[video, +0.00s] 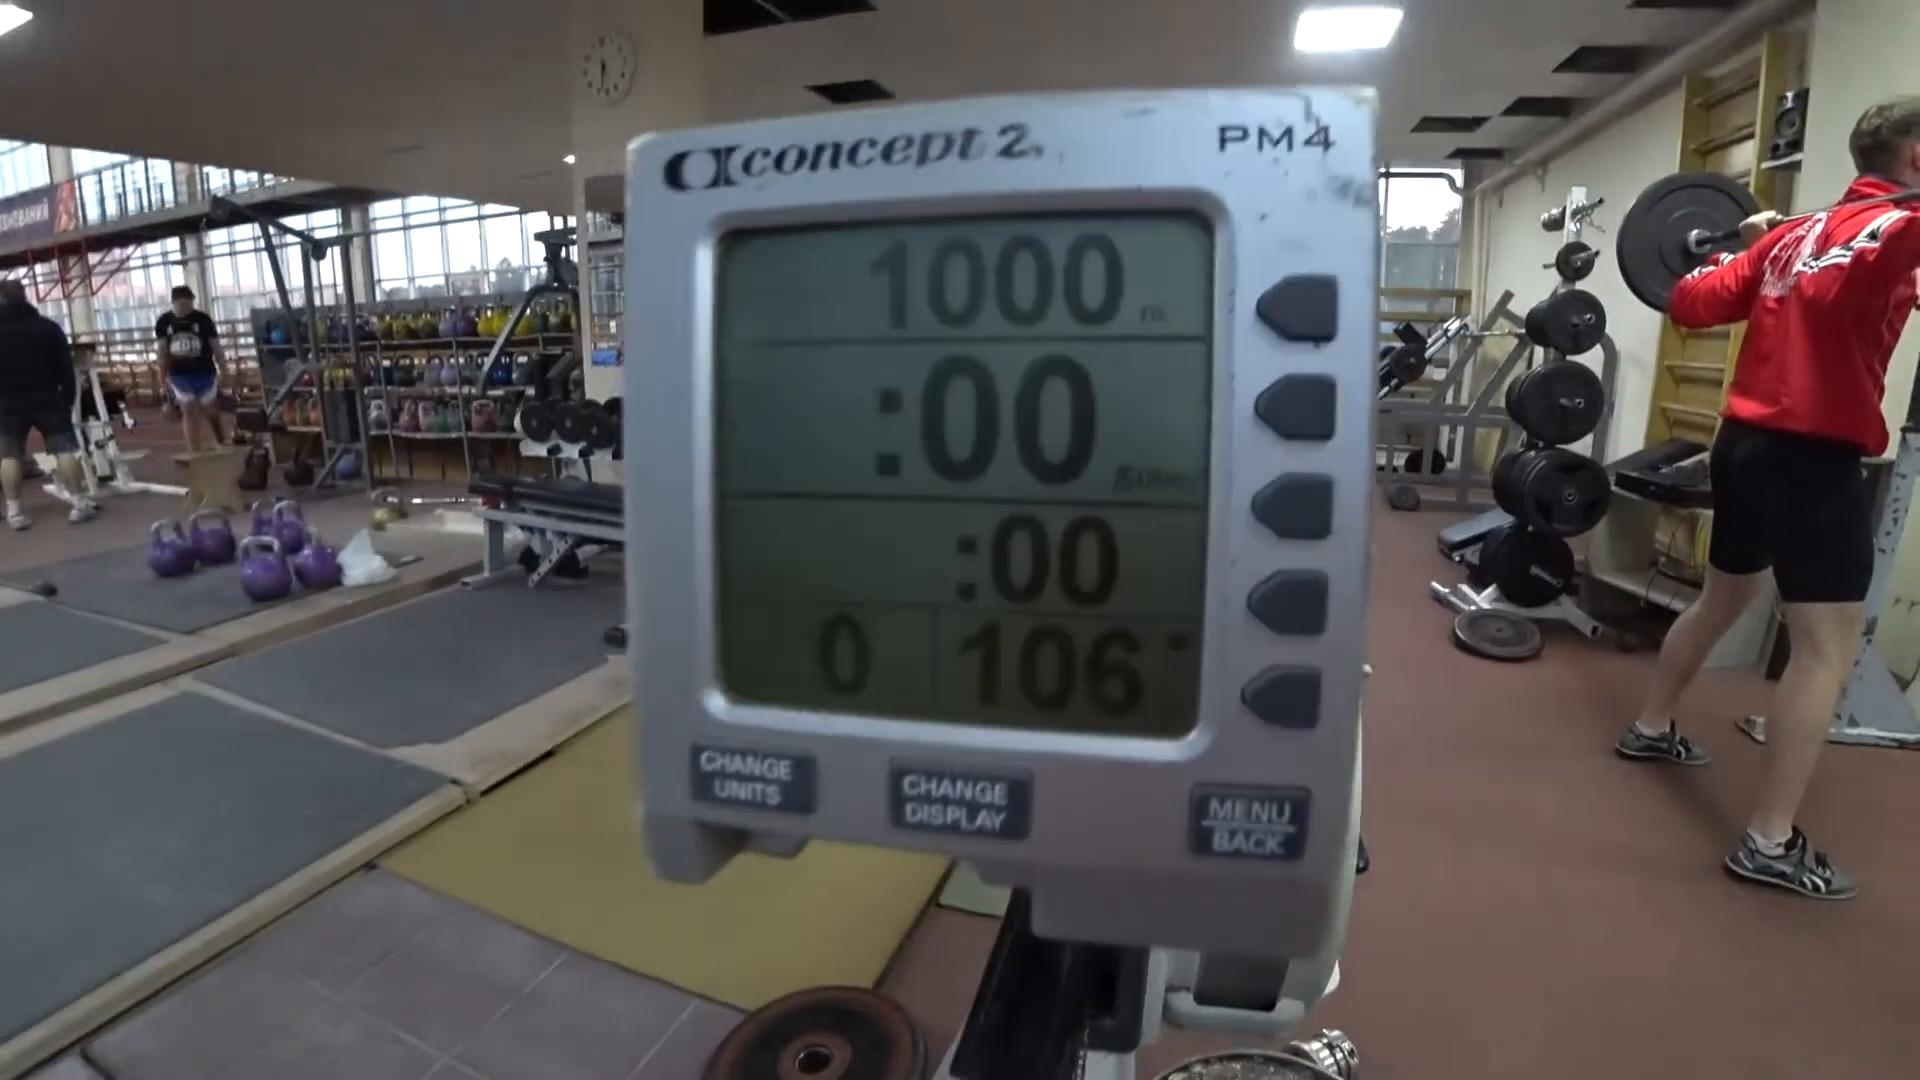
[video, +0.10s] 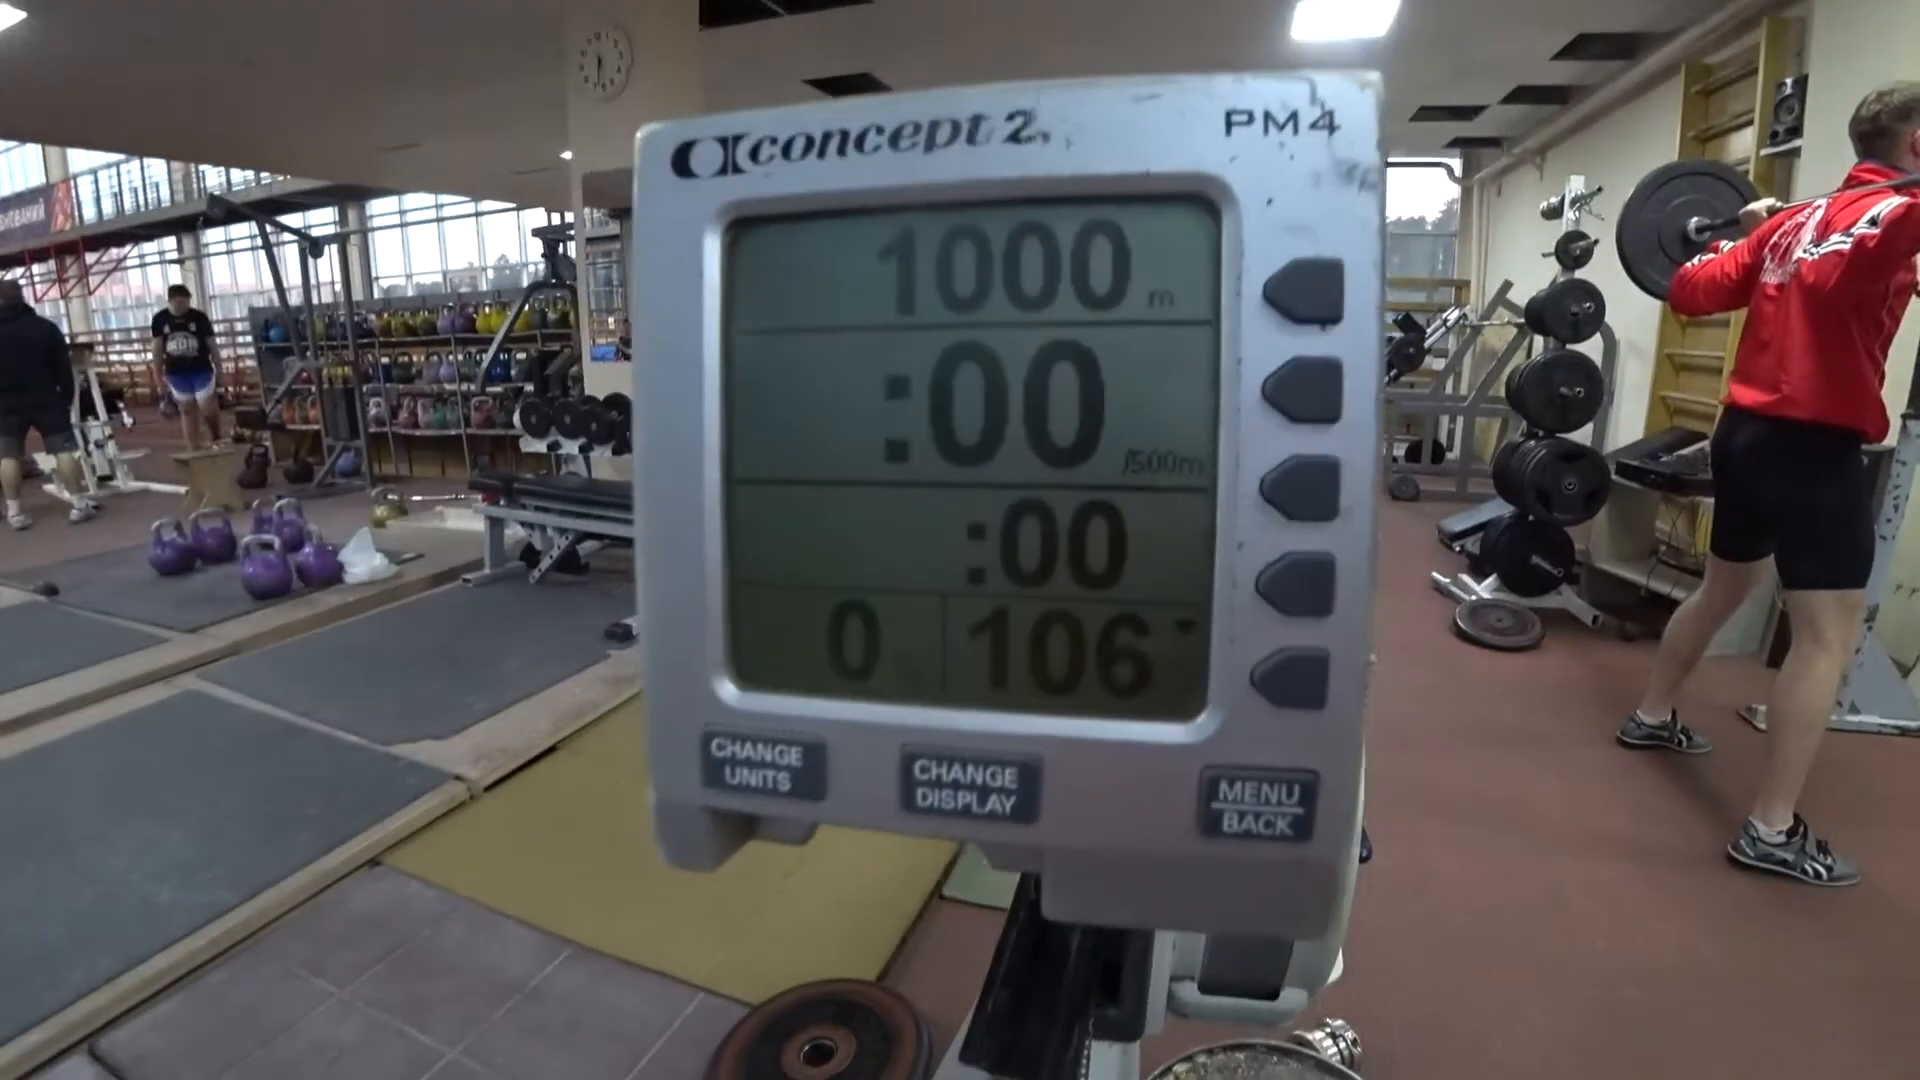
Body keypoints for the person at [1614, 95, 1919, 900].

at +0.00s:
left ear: (1861, 164)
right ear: (1907, 161)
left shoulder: (1790, 236)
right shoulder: (1903, 228)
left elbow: (1687, 301)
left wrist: (1735, 248)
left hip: (1742, 445)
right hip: (1822, 457)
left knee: (1722, 598)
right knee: (1821, 653)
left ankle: (1650, 724)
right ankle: (1770, 838)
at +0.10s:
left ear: (1861, 150)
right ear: (1911, 145)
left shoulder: (1789, 223)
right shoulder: (1903, 212)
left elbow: (1686, 290)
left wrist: (1741, 233)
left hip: (1743, 432)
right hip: (1822, 444)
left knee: (1721, 588)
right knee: (1823, 640)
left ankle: (1652, 713)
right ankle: (1771, 827)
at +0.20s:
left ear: (1864, 144)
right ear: (1911, 141)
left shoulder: (1794, 216)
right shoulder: (1907, 209)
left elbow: (1690, 286)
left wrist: (1739, 231)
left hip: (1745, 427)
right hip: (1825, 440)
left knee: (1724, 583)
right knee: (1825, 637)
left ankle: (1652, 708)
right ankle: (1771, 822)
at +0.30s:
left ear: (1865, 142)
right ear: (1909, 139)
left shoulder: (1795, 214)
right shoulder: (1906, 205)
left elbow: (1692, 282)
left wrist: (1745, 227)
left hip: (1747, 423)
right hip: (1826, 436)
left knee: (1726, 578)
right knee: (1825, 635)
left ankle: (1654, 706)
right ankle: (1772, 819)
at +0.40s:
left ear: (1862, 132)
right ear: (1911, 128)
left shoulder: (1791, 207)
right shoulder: (1905, 197)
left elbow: (1688, 276)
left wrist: (1735, 219)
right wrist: (1777, 209)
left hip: (1744, 419)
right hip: (1825, 431)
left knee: (1724, 572)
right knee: (1821, 629)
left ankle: (1653, 702)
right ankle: (1768, 817)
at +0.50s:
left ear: (1862, 205)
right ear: (1913, 206)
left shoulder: (1791, 273)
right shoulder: (1898, 273)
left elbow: (1695, 331)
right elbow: (1873, 308)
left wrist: (1729, 288)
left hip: (1734, 475)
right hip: (1809, 492)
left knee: (1707, 624)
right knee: (1800, 684)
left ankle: (1625, 751)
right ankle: (1730, 871)